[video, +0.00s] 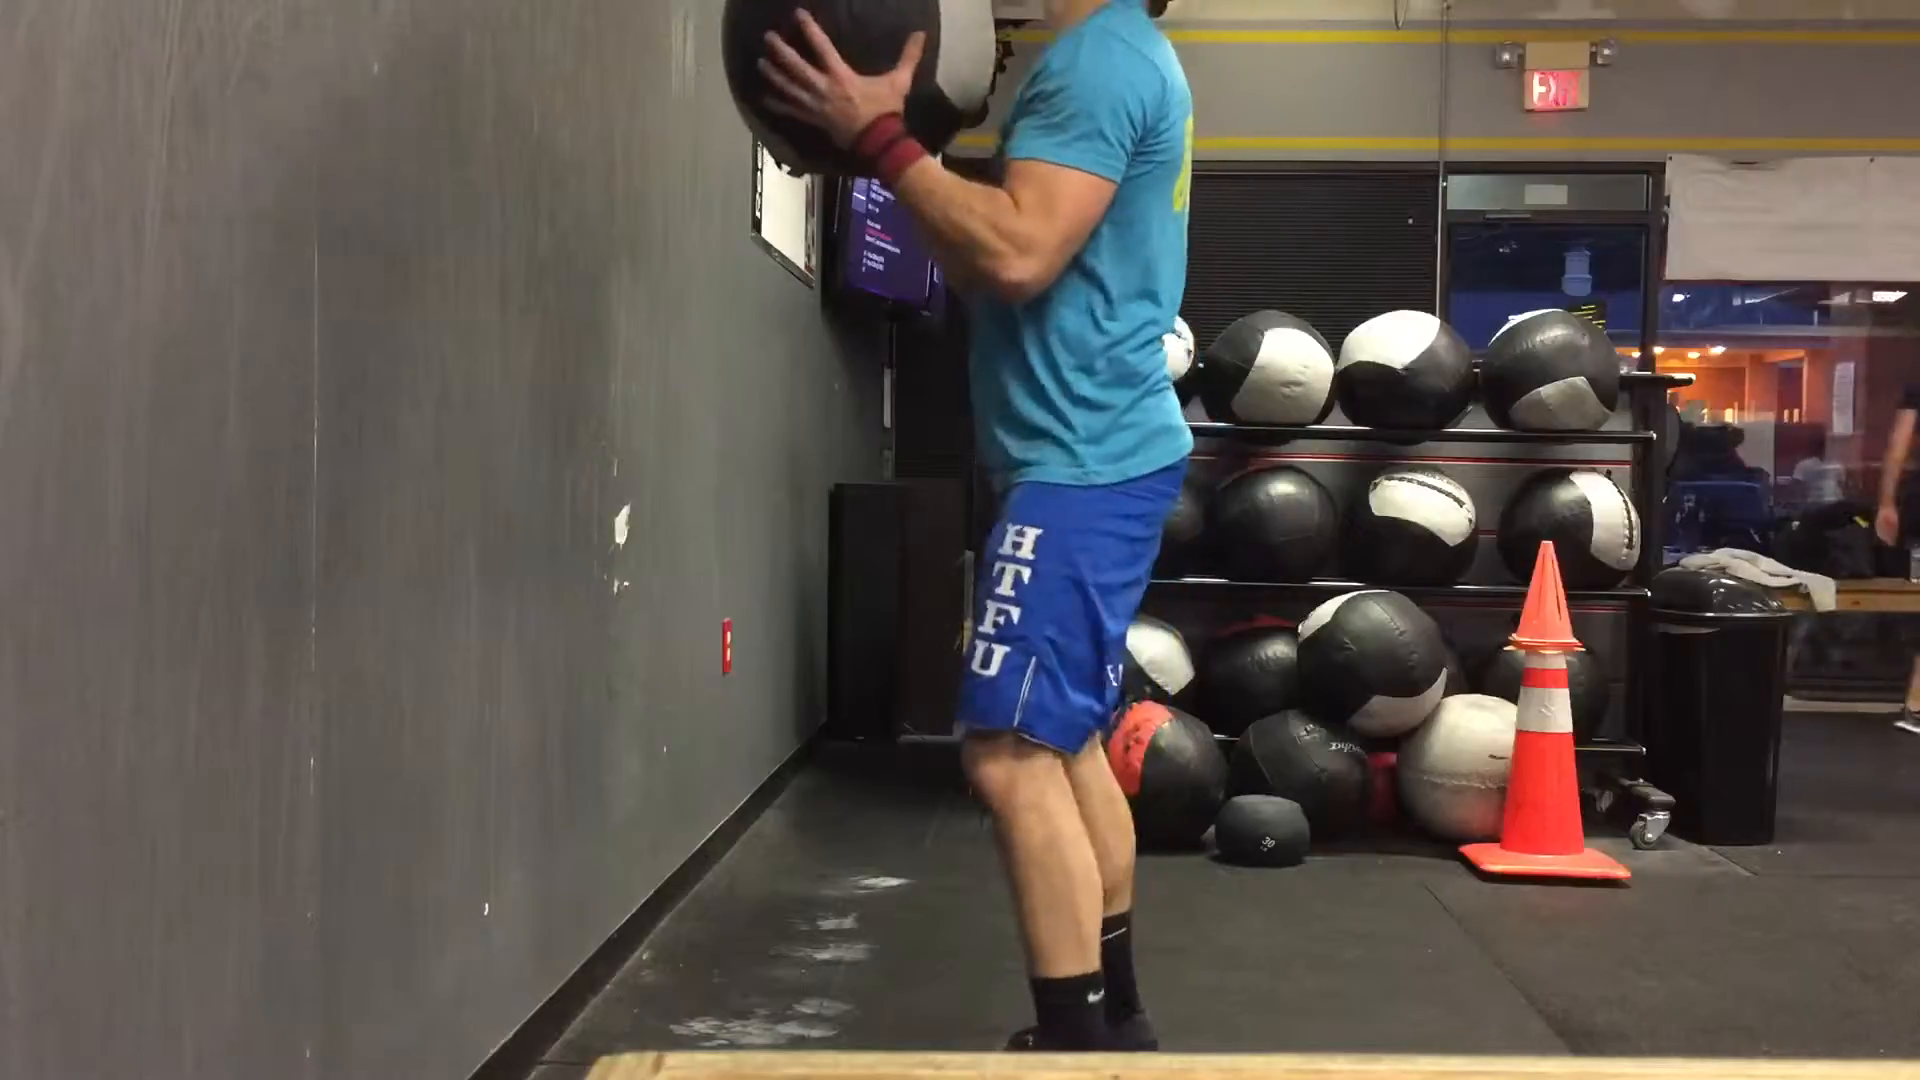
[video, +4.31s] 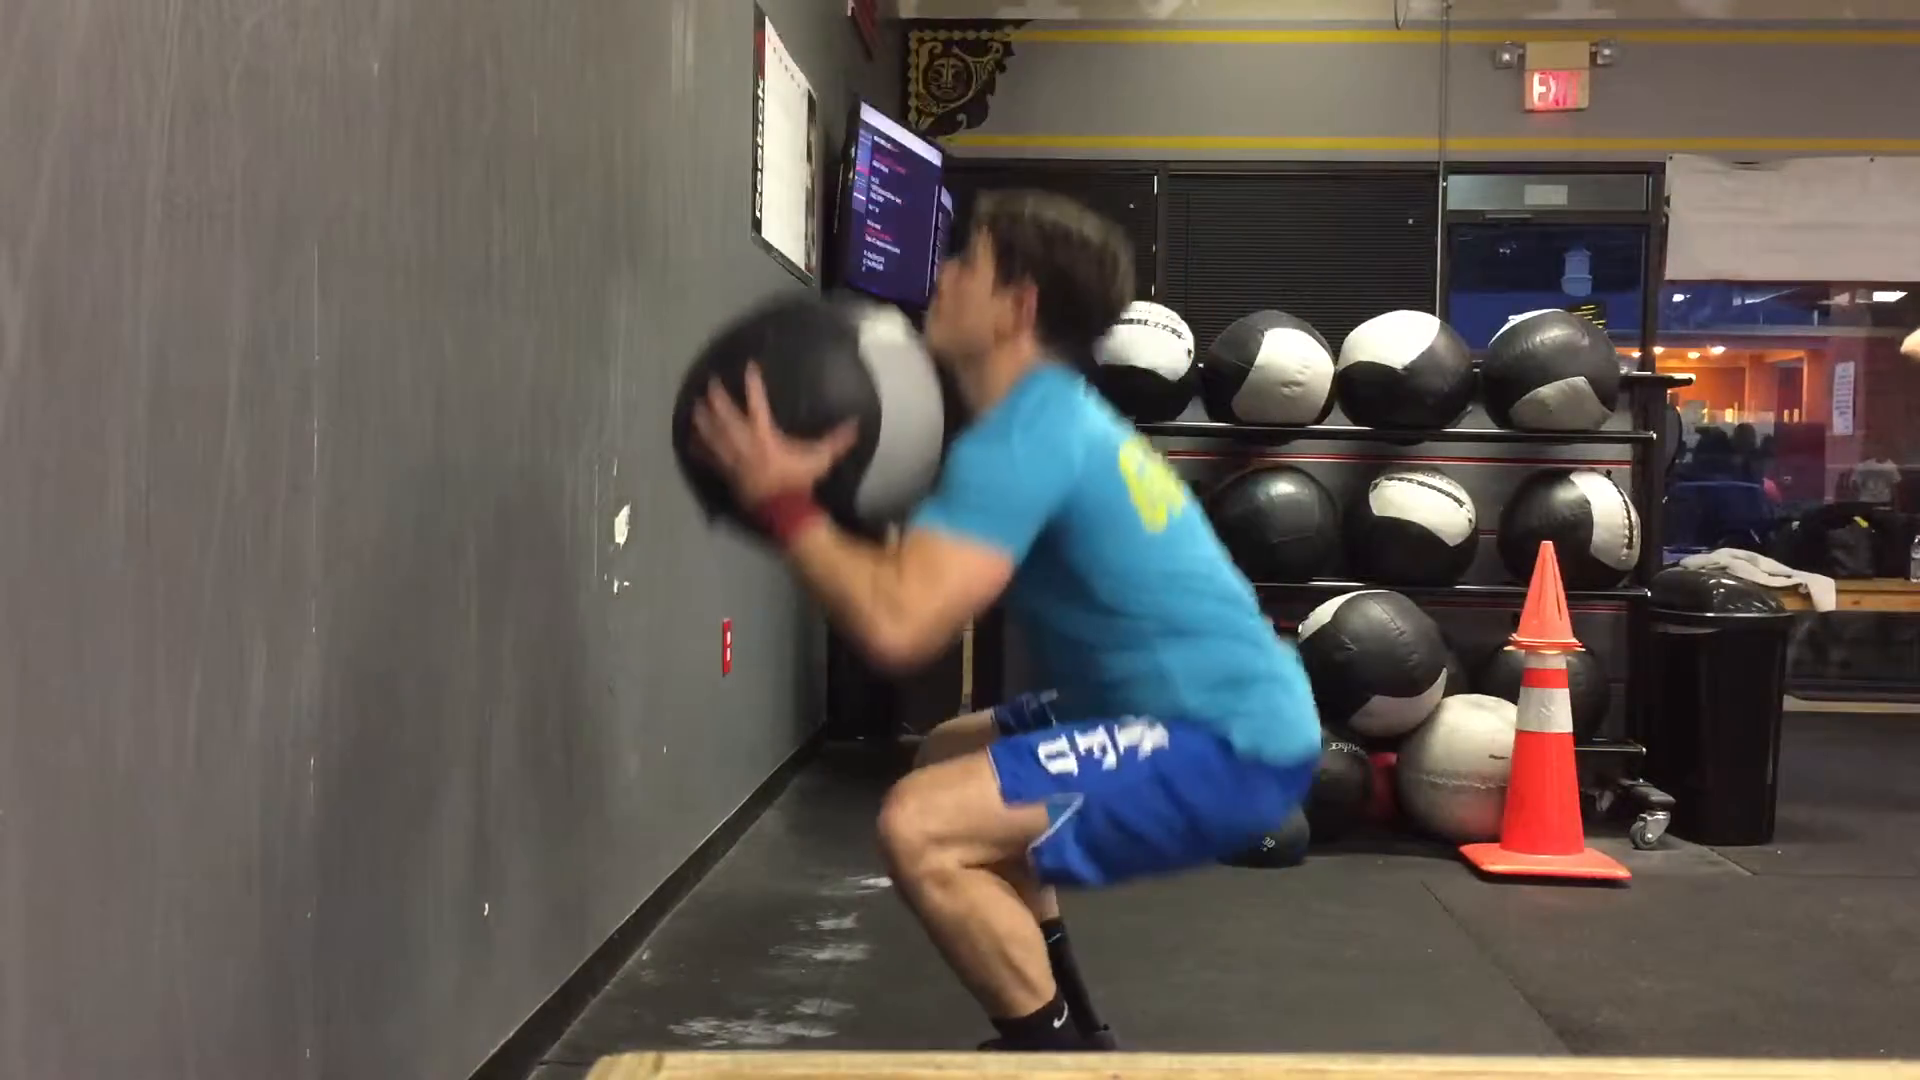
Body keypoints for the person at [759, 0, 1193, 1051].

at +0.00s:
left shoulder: (1106, 60)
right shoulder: (1077, 54)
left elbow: (1018, 252)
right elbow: (1002, 213)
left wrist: (883, 140)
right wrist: (876, 144)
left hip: (1087, 460)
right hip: (1077, 453)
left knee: (1011, 752)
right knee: (1065, 737)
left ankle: (1070, 1040)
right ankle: (1110, 1007)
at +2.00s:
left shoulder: (1098, 57)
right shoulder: (1074, 53)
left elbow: (992, 226)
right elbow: (953, 241)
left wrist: (882, 87)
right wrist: (892, 101)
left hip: (1043, 467)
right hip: (1033, 463)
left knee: (1040, 765)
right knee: (1046, 762)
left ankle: (1079, 1026)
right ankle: (1079, 1020)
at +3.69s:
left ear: (1058, 2)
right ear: (1069, 13)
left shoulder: (1048, 104)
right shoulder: (1063, 108)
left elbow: (889, 257)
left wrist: (788, 136)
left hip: (1157, 511)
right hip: (1147, 506)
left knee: (971, 782)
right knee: (1018, 784)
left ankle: (1067, 1038)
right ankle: (1066, 1028)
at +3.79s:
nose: (961, 87)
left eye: (986, 73)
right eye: (976, 68)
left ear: (1036, 117)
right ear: (1036, 122)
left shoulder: (1036, 240)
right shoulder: (1040, 231)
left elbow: (872, 397)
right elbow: (896, 383)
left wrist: (773, 267)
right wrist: (788, 277)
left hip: (1192, 613)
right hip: (1173, 600)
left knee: (933, 806)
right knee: (983, 795)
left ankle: (1054, 1039)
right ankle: (1065, 1023)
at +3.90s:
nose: (940, 225)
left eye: (965, 214)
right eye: (956, 208)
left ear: (1013, 263)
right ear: (1015, 269)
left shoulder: (1018, 390)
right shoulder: (1028, 371)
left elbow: (869, 567)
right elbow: (891, 538)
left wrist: (766, 428)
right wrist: (781, 427)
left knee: (900, 841)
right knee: (924, 764)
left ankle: (1046, 1046)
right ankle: (1063, 1016)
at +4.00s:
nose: (929, 336)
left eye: (952, 323)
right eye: (943, 319)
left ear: (1004, 369)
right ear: (1004, 373)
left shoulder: (1010, 505)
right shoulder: (1026, 483)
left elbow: (867, 700)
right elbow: (889, 661)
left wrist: (762, 559)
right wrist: (782, 555)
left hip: (1190, 830)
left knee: (888, 853)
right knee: (911, 775)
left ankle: (1042, 1050)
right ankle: (1066, 1028)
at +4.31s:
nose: (939, 275)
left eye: (963, 261)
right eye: (953, 257)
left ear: (1019, 305)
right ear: (1018, 310)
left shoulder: (1029, 435)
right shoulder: (1048, 412)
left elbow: (900, 623)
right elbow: (911, 586)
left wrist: (783, 503)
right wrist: (789, 492)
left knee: (920, 826)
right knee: (947, 754)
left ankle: (1052, 1051)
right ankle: (1064, 1016)